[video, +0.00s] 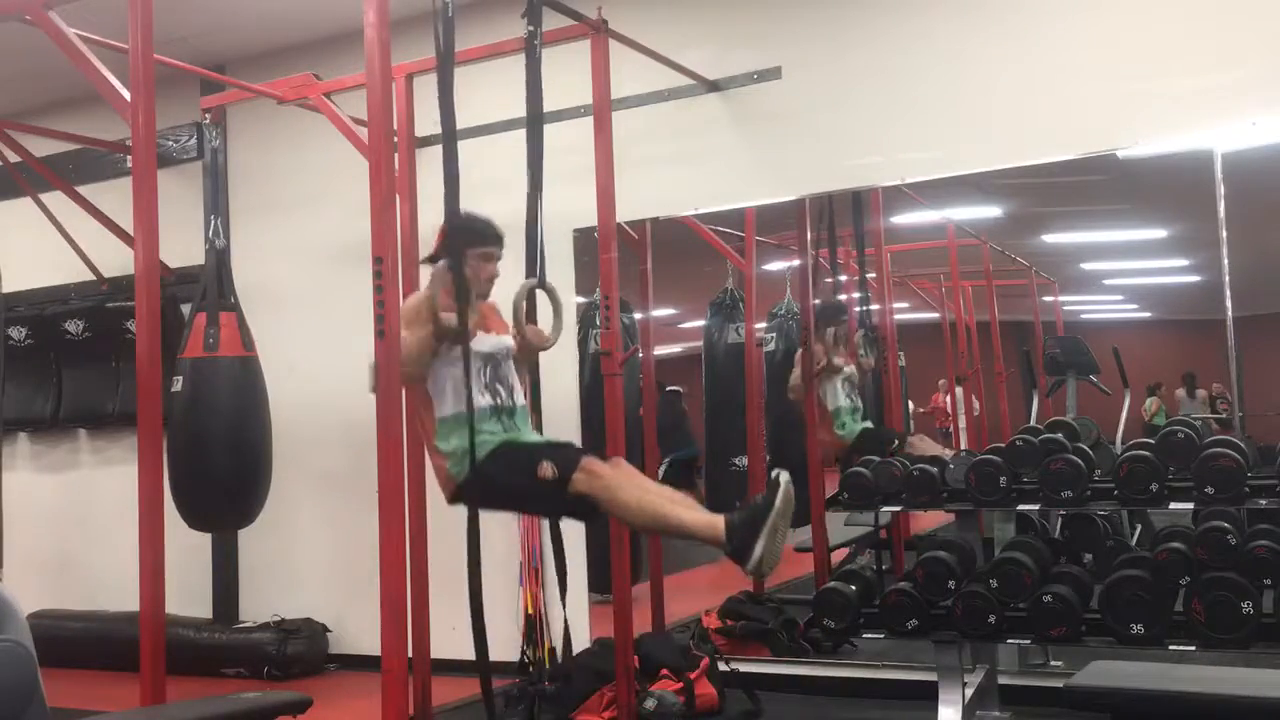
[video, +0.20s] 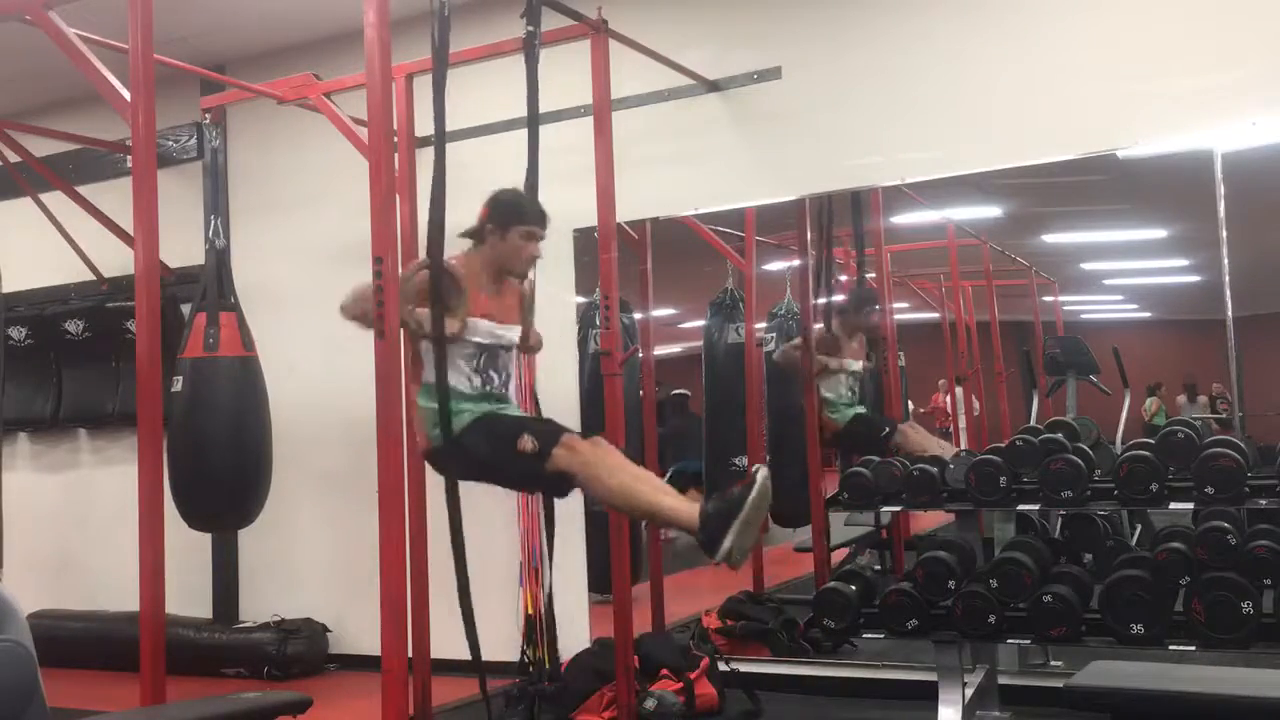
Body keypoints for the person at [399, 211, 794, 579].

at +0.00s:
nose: (494, 271)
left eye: (497, 261)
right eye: (483, 261)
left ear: (494, 262)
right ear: (452, 262)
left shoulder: (489, 311)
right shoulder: (422, 307)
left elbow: (518, 385)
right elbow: (401, 369)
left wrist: (530, 354)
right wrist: (440, 333)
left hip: (514, 445)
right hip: (472, 458)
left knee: (618, 470)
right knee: (592, 475)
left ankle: (740, 539)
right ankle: (728, 533)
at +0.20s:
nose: (538, 251)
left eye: (540, 240)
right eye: (530, 238)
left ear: (519, 240)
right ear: (492, 233)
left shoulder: (518, 290)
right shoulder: (443, 277)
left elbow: (520, 334)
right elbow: (354, 304)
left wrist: (529, 340)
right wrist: (421, 321)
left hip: (500, 418)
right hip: (451, 424)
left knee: (600, 448)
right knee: (580, 455)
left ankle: (707, 523)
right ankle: (705, 523)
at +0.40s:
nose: (576, 265)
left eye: (580, 255)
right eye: (568, 252)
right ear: (532, 247)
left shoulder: (546, 298)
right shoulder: (480, 274)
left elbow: (545, 334)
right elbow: (404, 267)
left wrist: (547, 342)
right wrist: (426, 318)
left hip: (487, 411)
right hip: (438, 411)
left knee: (573, 471)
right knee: (549, 475)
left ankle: (659, 572)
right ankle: (652, 577)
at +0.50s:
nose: (592, 269)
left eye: (594, 257)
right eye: (583, 256)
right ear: (547, 253)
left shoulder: (559, 296)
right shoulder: (492, 276)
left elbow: (549, 323)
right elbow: (408, 243)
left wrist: (554, 338)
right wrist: (422, 312)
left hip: (492, 416)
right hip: (439, 414)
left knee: (562, 494)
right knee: (532, 499)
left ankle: (621, 622)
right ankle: (617, 622)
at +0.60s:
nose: (603, 266)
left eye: (605, 255)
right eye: (593, 253)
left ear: (568, 257)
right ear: (557, 254)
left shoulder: (572, 301)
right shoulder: (503, 279)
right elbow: (422, 236)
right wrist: (416, 303)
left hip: (498, 421)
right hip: (442, 415)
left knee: (548, 519)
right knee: (518, 520)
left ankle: (584, 653)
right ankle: (570, 656)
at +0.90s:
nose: (605, 209)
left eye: (606, 198)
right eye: (594, 198)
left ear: (596, 207)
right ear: (557, 204)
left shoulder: (582, 262)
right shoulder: (514, 249)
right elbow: (421, 230)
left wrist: (540, 330)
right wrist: (418, 309)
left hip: (513, 398)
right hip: (455, 391)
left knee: (525, 509)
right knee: (491, 510)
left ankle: (510, 649)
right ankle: (488, 657)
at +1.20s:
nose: (585, 135)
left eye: (586, 125)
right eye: (573, 125)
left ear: (580, 135)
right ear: (536, 129)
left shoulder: (569, 197)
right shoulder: (507, 190)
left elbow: (532, 266)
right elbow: (414, 235)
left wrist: (535, 326)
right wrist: (425, 308)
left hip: (513, 353)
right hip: (466, 346)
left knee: (514, 468)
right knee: (483, 468)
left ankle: (490, 603)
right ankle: (461, 609)